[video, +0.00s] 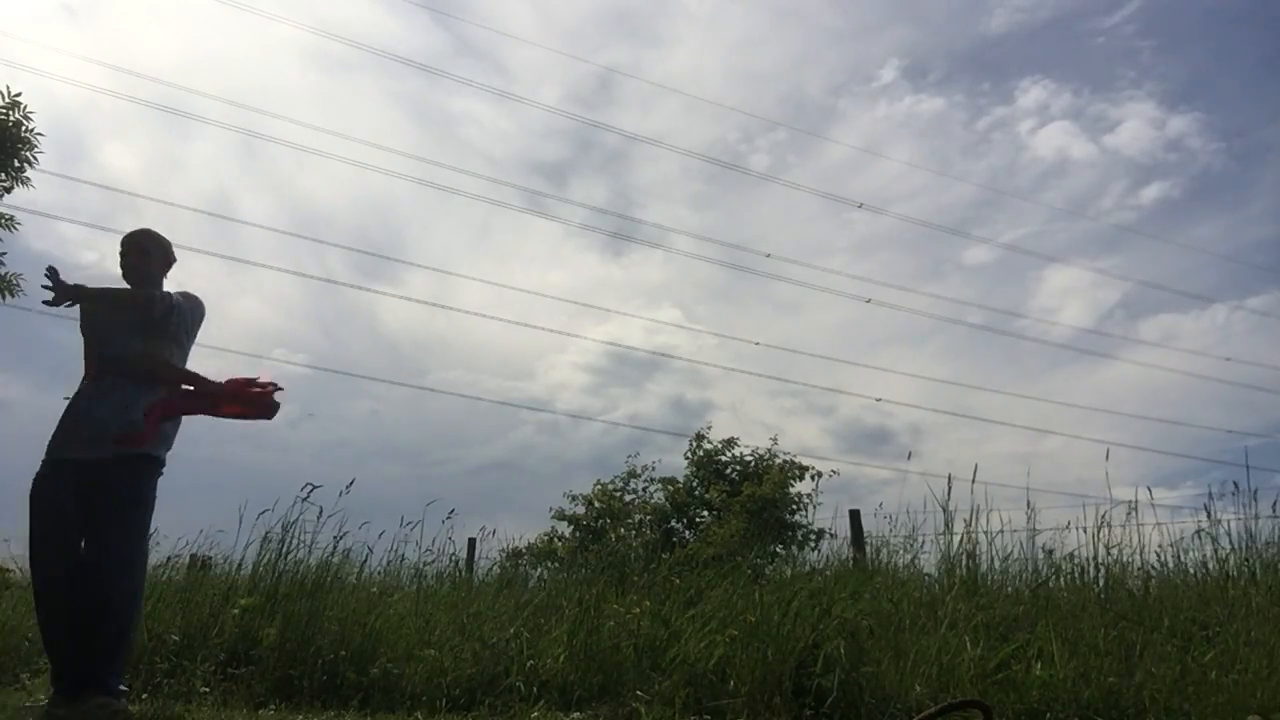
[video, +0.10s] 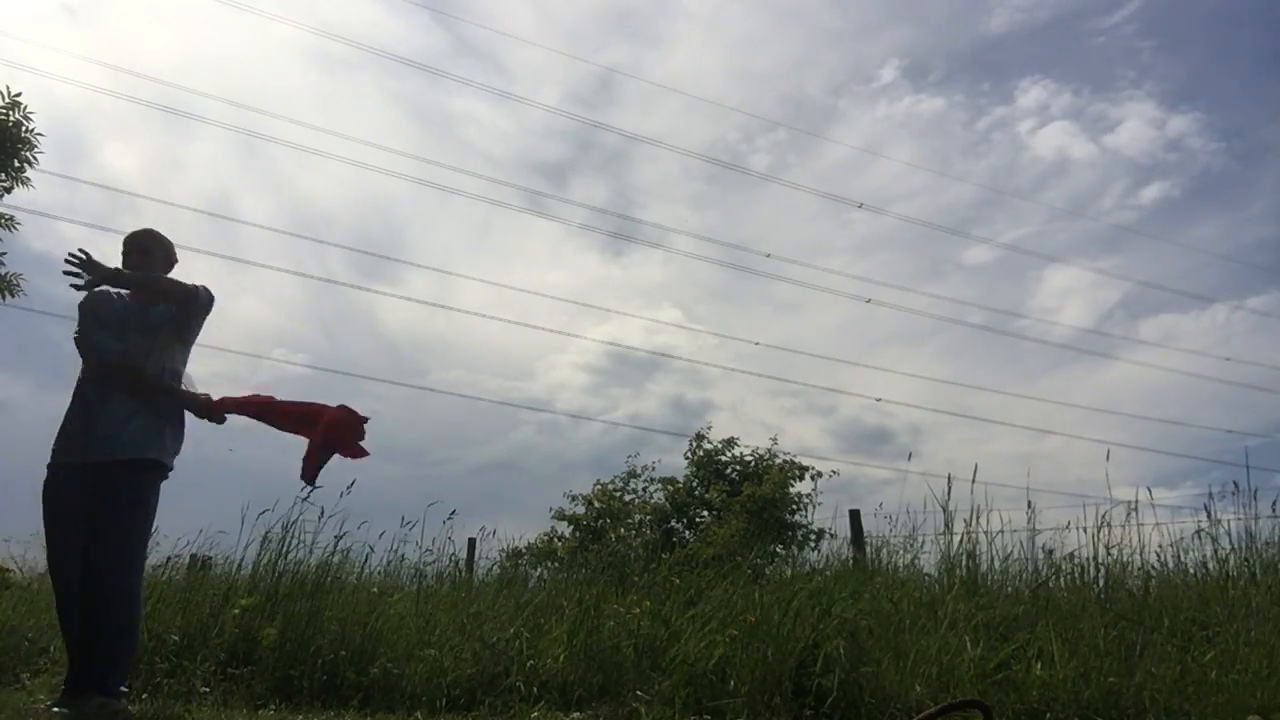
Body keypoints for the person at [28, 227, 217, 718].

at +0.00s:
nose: (131, 261)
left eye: (142, 253)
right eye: (125, 254)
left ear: (167, 262)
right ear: (119, 263)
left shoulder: (188, 307)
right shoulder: (98, 309)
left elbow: (144, 306)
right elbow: (129, 361)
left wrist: (80, 294)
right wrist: (202, 384)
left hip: (132, 459)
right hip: (70, 455)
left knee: (118, 568)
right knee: (54, 568)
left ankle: (106, 686)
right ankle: (68, 686)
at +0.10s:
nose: (136, 262)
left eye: (148, 256)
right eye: (130, 254)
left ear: (168, 266)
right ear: (123, 261)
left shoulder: (183, 311)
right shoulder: (99, 302)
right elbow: (103, 361)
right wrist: (182, 394)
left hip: (137, 459)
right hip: (77, 454)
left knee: (118, 572)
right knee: (70, 572)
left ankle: (110, 689)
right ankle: (78, 688)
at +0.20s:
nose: (133, 257)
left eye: (144, 250)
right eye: (128, 250)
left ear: (167, 263)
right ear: (121, 261)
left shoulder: (183, 318)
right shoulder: (95, 311)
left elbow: (228, 294)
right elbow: (72, 363)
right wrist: (111, 398)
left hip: (136, 469)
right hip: (77, 464)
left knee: (119, 576)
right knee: (66, 572)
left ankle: (109, 687)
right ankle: (80, 684)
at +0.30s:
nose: (132, 259)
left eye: (144, 250)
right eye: (127, 251)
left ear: (168, 261)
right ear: (119, 261)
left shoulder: (189, 315)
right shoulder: (95, 315)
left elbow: (240, 290)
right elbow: (62, 368)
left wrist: (266, 245)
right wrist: (46, 409)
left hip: (136, 466)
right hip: (75, 463)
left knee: (119, 578)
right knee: (56, 570)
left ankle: (109, 691)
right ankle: (71, 686)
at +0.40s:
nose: (128, 256)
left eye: (141, 248)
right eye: (123, 248)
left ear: (165, 259)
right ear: (116, 258)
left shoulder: (191, 312)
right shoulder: (93, 312)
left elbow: (248, 296)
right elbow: (45, 359)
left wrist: (299, 273)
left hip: (134, 464)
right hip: (72, 458)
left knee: (112, 578)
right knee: (32, 562)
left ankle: (107, 691)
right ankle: (61, 680)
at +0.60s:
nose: (113, 261)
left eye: (124, 251)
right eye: (107, 254)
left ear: (151, 261)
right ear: (102, 266)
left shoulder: (171, 310)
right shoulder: (86, 309)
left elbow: (210, 318)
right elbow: (23, 306)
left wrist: (206, 331)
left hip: (123, 473)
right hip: (61, 461)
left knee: (104, 582)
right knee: (7, 556)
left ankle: (106, 692)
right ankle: (8, 669)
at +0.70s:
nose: (93, 265)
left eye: (103, 258)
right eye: (92, 260)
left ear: (133, 270)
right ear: (94, 274)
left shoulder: (161, 318)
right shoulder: (83, 317)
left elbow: (131, 363)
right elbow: (30, 301)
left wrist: (66, 372)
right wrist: (62, 227)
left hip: (114, 470)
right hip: (56, 461)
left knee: (86, 564)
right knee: (10, 554)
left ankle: (105, 690)